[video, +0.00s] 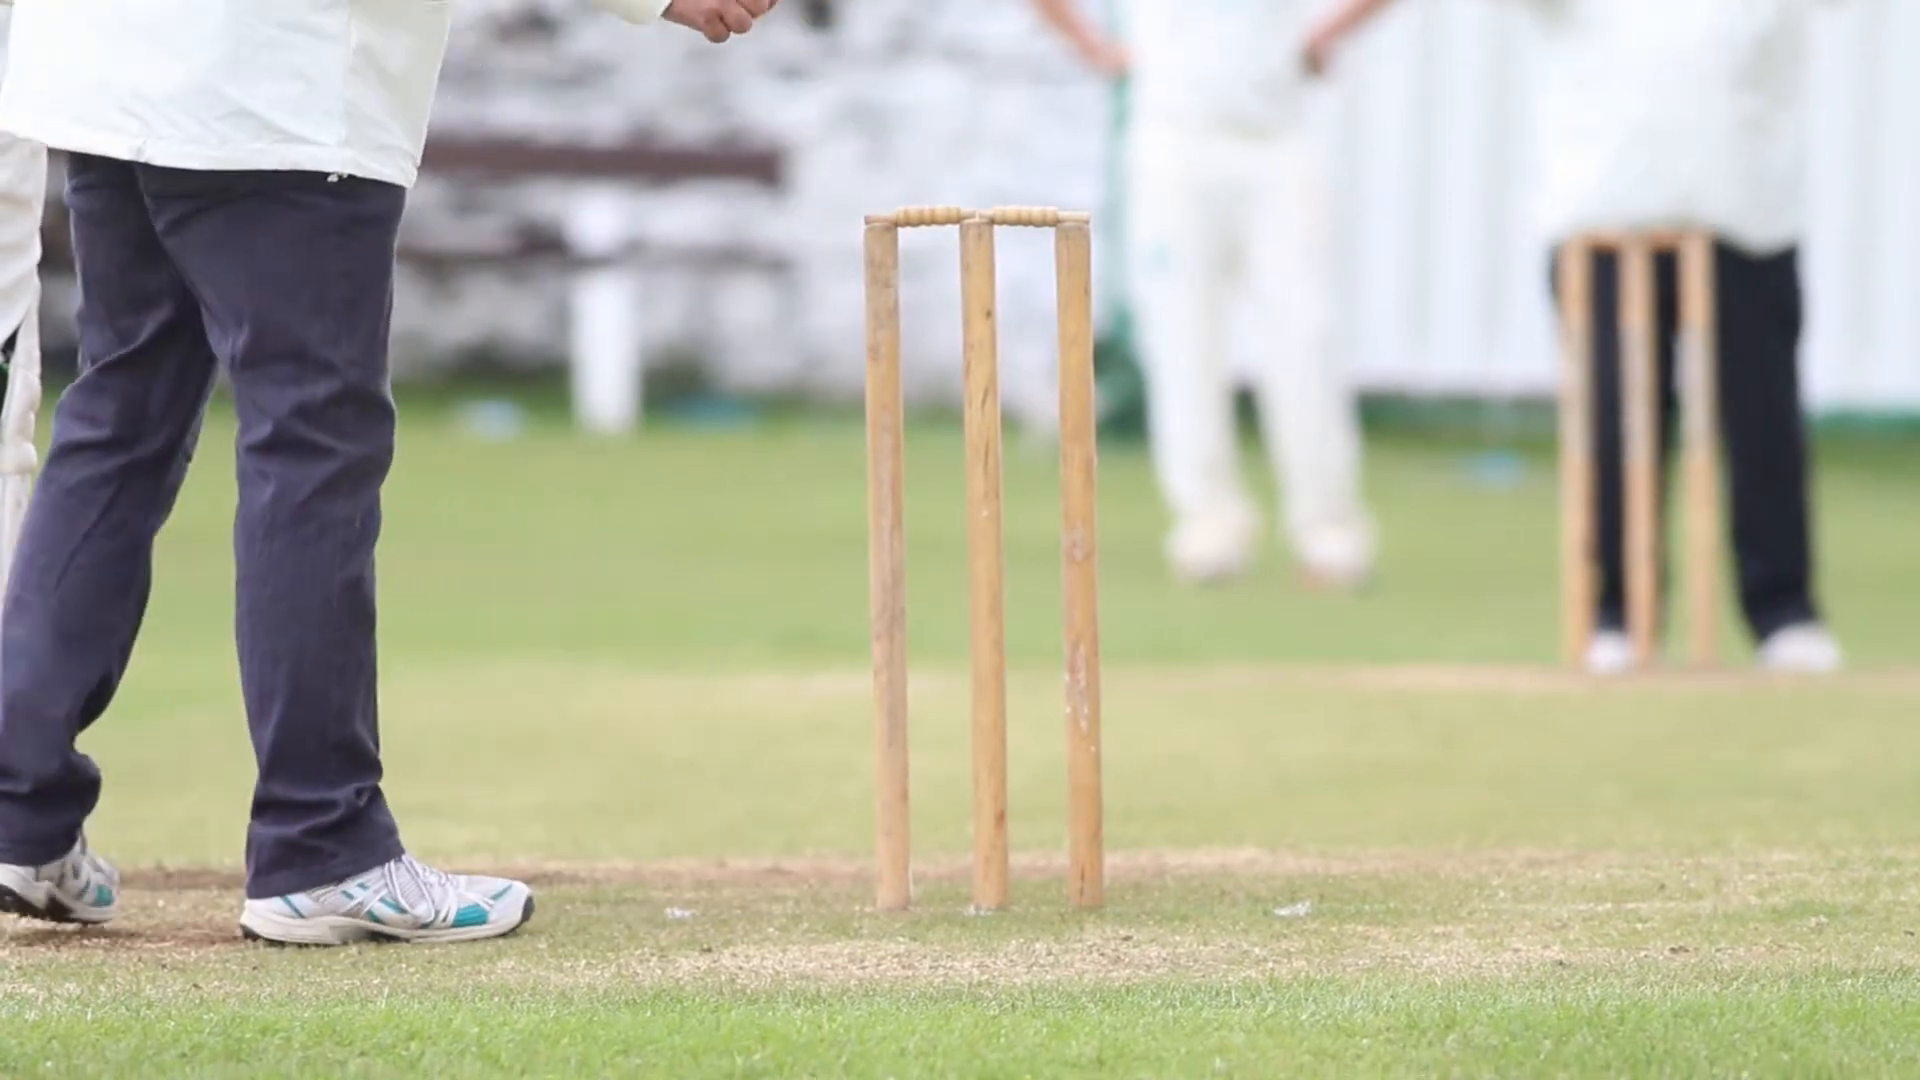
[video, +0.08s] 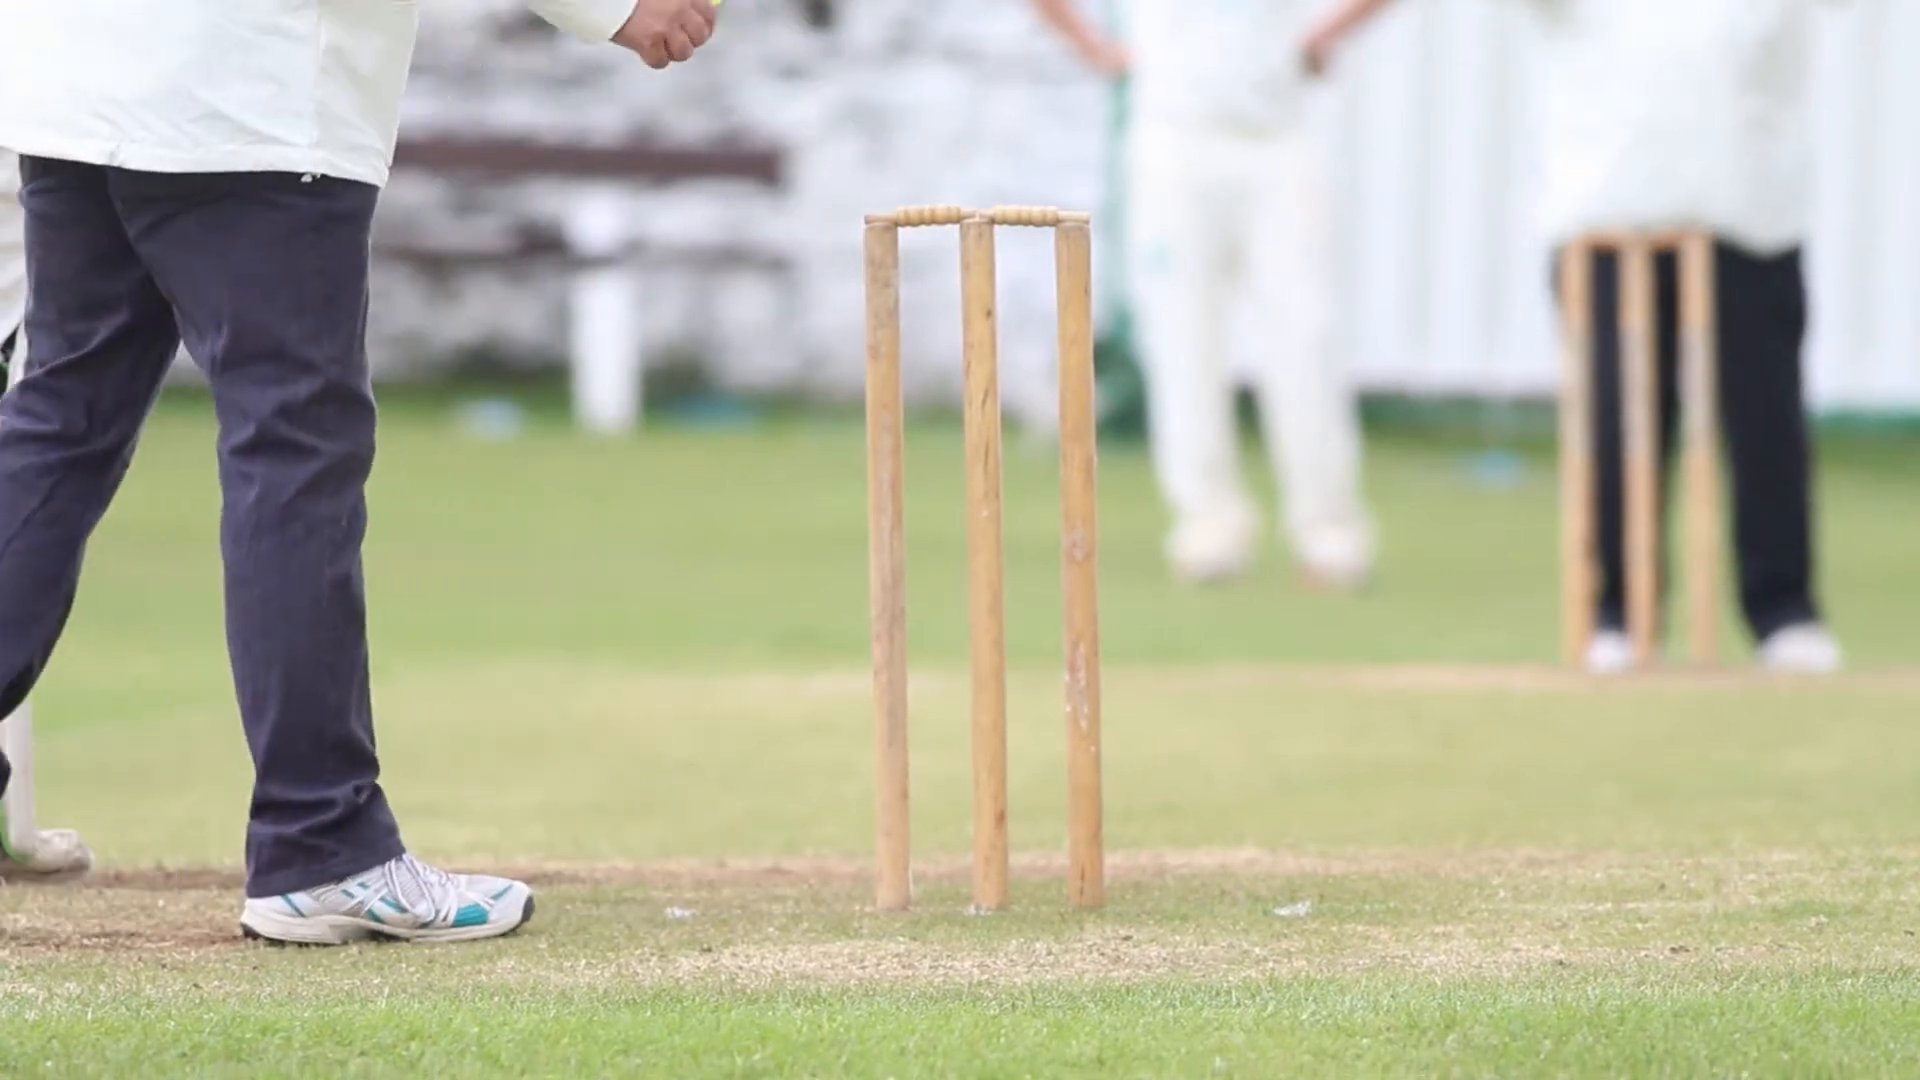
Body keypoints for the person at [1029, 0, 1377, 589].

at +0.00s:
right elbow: (1042, 3)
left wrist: (1323, 37)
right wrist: (1096, 46)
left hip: (1286, 120)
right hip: (1172, 117)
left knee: (1303, 329)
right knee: (1179, 332)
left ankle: (1329, 529)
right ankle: (1209, 526)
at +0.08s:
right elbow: (1042, 4)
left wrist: (1323, 37)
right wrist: (1096, 46)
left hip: (1286, 119)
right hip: (1172, 116)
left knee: (1303, 328)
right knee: (1180, 331)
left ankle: (1329, 529)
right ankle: (1209, 525)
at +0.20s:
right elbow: (1042, 4)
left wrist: (1323, 36)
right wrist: (1096, 46)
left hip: (1286, 120)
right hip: (1172, 117)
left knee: (1303, 329)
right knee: (1179, 332)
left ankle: (1329, 529)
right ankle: (1209, 526)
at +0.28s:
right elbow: (1042, 4)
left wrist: (1324, 35)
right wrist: (1096, 45)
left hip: (1286, 120)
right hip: (1172, 117)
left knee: (1303, 329)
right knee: (1180, 332)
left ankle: (1329, 528)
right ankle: (1209, 525)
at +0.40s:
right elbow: (1041, 4)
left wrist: (1323, 35)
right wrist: (1096, 46)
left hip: (1285, 119)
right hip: (1172, 116)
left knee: (1303, 328)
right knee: (1179, 330)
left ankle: (1329, 528)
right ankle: (1209, 523)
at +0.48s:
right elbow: (1042, 4)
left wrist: (1323, 35)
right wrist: (1096, 46)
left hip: (1286, 120)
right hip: (1172, 117)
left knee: (1303, 328)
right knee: (1180, 331)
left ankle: (1330, 528)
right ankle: (1209, 523)